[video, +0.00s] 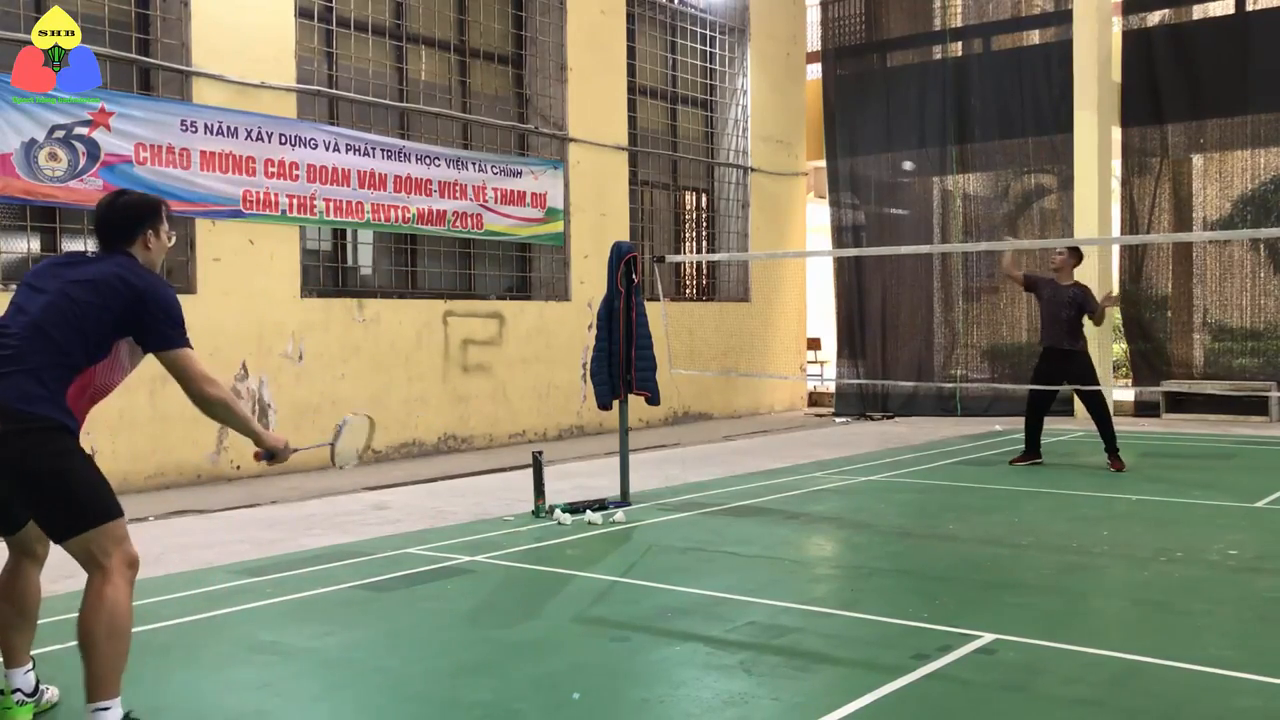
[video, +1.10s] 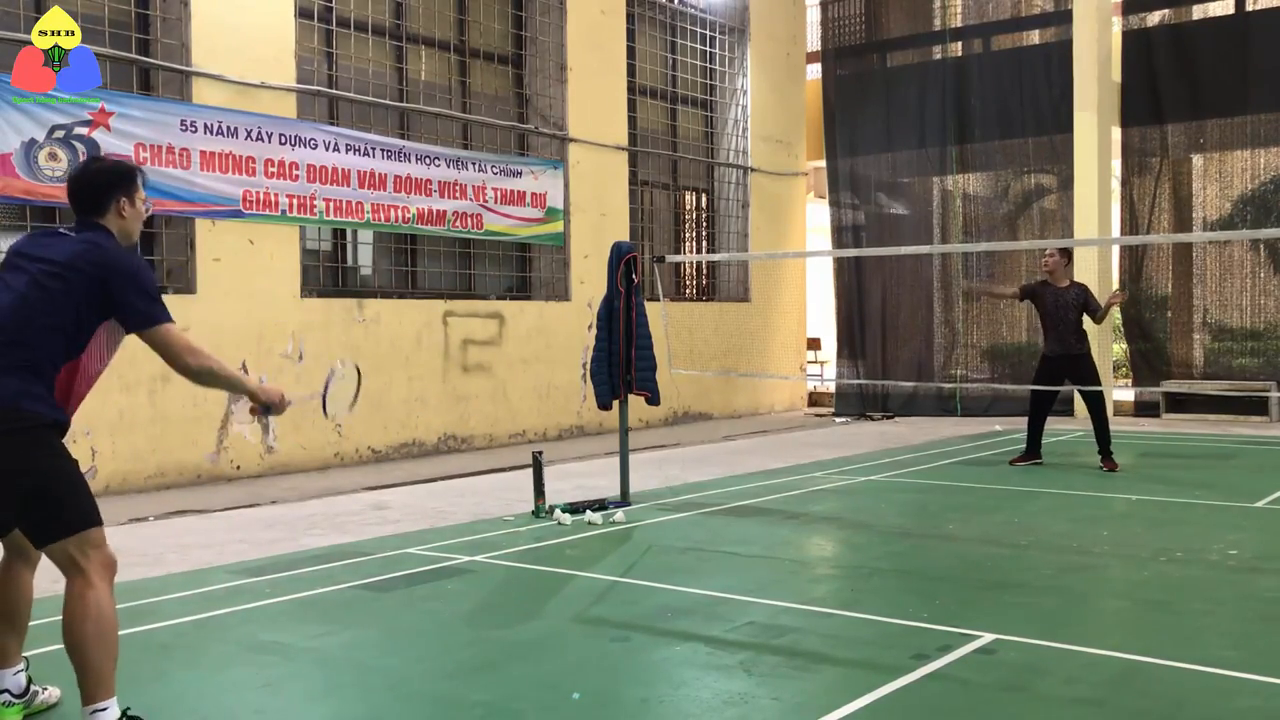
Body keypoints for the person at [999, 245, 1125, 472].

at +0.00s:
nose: (1053, 256)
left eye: (1060, 254)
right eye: (1055, 253)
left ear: (1073, 261)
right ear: (1054, 260)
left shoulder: (1081, 291)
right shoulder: (1043, 284)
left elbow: (1098, 321)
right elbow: (1009, 270)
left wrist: (1102, 306)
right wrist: (1010, 246)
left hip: (1077, 356)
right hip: (1050, 355)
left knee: (1097, 405)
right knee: (1035, 403)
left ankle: (1113, 454)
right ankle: (1032, 451)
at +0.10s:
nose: (1041, 255)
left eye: (1047, 253)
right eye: (1042, 252)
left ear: (1060, 261)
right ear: (1049, 261)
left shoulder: (1070, 288)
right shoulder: (1032, 282)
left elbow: (1088, 316)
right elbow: (1005, 272)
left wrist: (1093, 300)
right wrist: (984, 256)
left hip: (1071, 354)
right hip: (1046, 353)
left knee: (1091, 401)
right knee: (1033, 402)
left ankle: (1108, 450)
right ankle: (1032, 451)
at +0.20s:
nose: (1035, 257)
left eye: (1041, 254)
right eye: (1036, 253)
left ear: (1054, 260)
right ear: (1037, 260)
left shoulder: (1065, 287)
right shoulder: (1025, 284)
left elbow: (1084, 315)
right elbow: (991, 288)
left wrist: (1089, 297)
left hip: (1065, 353)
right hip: (1039, 353)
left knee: (1084, 400)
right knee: (1031, 403)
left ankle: (1102, 449)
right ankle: (1031, 452)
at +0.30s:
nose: (1032, 257)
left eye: (1038, 254)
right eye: (1031, 253)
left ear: (1050, 261)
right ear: (1029, 260)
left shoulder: (1062, 288)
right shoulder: (1021, 288)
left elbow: (1082, 314)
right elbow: (996, 308)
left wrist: (1087, 300)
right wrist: (972, 325)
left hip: (1062, 354)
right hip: (1034, 356)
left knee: (1080, 402)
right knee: (1028, 405)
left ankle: (1093, 451)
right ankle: (1031, 452)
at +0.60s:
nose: (1040, 260)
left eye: (1045, 256)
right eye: (1038, 256)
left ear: (1057, 260)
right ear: (1036, 260)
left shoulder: (1067, 290)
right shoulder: (1026, 288)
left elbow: (1085, 319)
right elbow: (999, 301)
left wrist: (1092, 306)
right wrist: (975, 300)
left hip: (1064, 356)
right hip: (1036, 357)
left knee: (1085, 401)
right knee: (1029, 405)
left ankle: (1101, 451)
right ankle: (1031, 452)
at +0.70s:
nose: (1048, 260)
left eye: (1053, 256)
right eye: (1045, 256)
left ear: (1064, 261)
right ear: (1042, 261)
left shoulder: (1074, 292)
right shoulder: (1033, 288)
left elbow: (1090, 321)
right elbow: (1001, 293)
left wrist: (1096, 307)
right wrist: (988, 272)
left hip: (1069, 357)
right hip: (1041, 357)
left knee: (1089, 404)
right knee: (1030, 405)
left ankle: (1104, 453)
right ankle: (1031, 452)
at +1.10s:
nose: (1045, 260)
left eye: (1050, 256)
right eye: (1044, 256)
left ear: (1065, 261)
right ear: (1044, 263)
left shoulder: (1080, 290)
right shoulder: (1038, 288)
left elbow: (1098, 318)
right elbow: (1009, 292)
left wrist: (1108, 305)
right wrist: (977, 289)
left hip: (1080, 357)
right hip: (1052, 358)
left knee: (1097, 406)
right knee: (1038, 405)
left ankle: (1106, 455)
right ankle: (1032, 452)